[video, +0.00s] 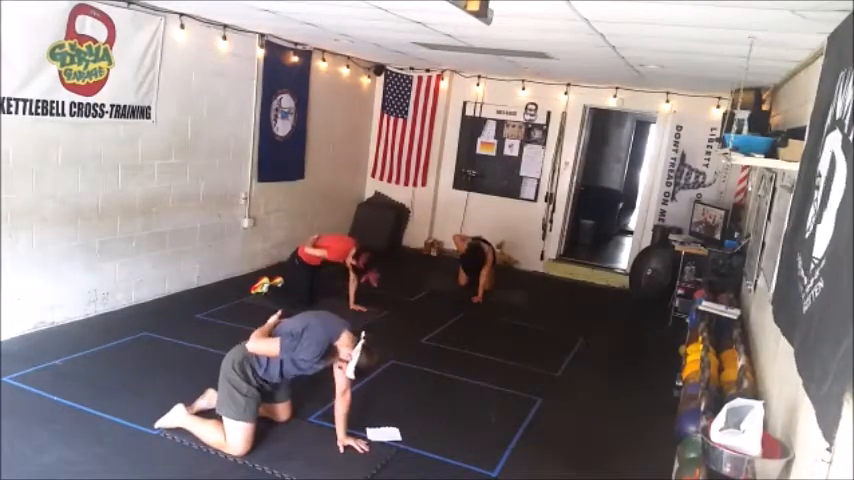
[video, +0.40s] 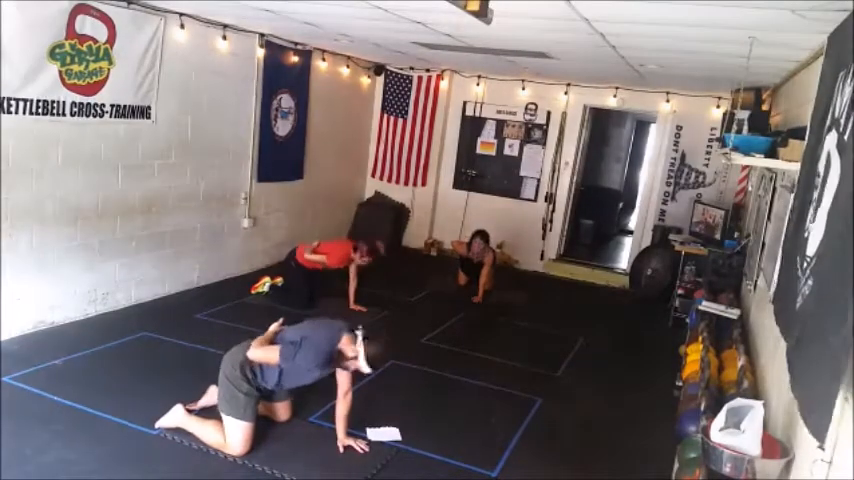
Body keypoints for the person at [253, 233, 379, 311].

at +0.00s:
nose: (351, 267)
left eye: (354, 267)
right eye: (353, 264)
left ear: (361, 256)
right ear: (356, 258)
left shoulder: (354, 251)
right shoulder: (337, 253)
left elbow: (353, 278)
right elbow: (305, 250)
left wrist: (352, 303)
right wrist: (312, 239)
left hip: (313, 263)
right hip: (301, 262)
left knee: (309, 300)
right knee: (301, 302)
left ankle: (278, 284)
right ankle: (269, 287)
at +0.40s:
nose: (364, 264)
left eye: (366, 261)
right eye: (364, 260)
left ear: (365, 256)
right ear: (359, 254)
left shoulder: (354, 254)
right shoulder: (340, 257)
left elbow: (353, 279)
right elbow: (307, 256)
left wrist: (352, 303)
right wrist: (312, 248)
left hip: (309, 264)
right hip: (297, 263)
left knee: (310, 299)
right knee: (301, 302)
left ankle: (279, 284)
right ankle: (269, 288)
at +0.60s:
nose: (368, 250)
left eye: (369, 247)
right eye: (365, 247)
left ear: (357, 246)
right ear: (356, 246)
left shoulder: (352, 256)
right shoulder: (341, 259)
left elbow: (352, 279)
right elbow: (308, 261)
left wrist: (351, 303)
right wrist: (315, 251)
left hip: (301, 252)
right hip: (295, 262)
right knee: (301, 298)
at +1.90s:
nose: (363, 259)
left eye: (365, 257)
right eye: (362, 255)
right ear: (354, 249)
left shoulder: (348, 244)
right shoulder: (338, 253)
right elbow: (335, 283)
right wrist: (336, 309)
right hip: (294, 262)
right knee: (300, 299)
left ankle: (280, 283)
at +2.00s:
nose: (362, 257)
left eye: (365, 255)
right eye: (362, 252)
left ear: (364, 254)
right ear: (355, 247)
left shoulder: (348, 247)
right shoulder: (339, 252)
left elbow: (331, 244)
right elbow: (335, 282)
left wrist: (319, 244)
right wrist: (336, 309)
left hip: (308, 261)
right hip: (296, 262)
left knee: (311, 296)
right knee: (299, 301)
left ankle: (278, 282)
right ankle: (269, 287)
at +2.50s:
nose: (366, 260)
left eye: (368, 257)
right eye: (365, 257)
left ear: (356, 250)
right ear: (355, 252)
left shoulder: (345, 249)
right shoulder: (339, 255)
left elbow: (328, 244)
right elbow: (336, 283)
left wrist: (315, 243)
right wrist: (336, 309)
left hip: (301, 256)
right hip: (294, 263)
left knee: (308, 293)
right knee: (299, 298)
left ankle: (277, 281)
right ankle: (268, 288)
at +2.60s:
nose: (348, 268)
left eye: (351, 269)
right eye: (351, 267)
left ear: (356, 258)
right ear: (353, 262)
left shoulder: (346, 245)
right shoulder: (337, 255)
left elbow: (330, 240)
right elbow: (335, 284)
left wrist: (316, 238)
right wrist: (336, 309)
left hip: (307, 260)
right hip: (296, 262)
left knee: (311, 293)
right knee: (301, 300)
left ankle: (278, 281)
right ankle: (267, 289)